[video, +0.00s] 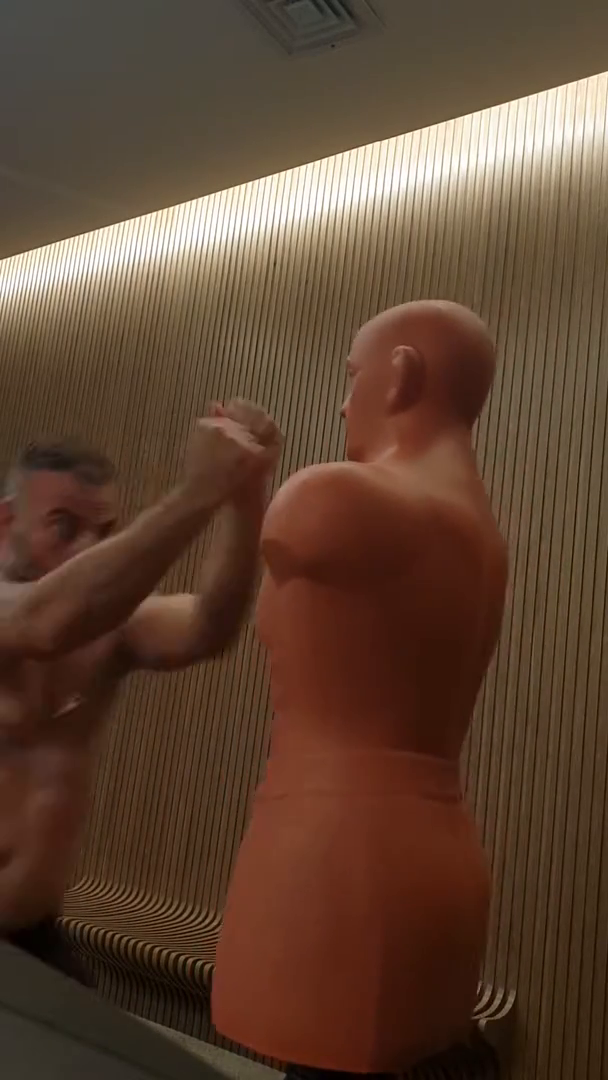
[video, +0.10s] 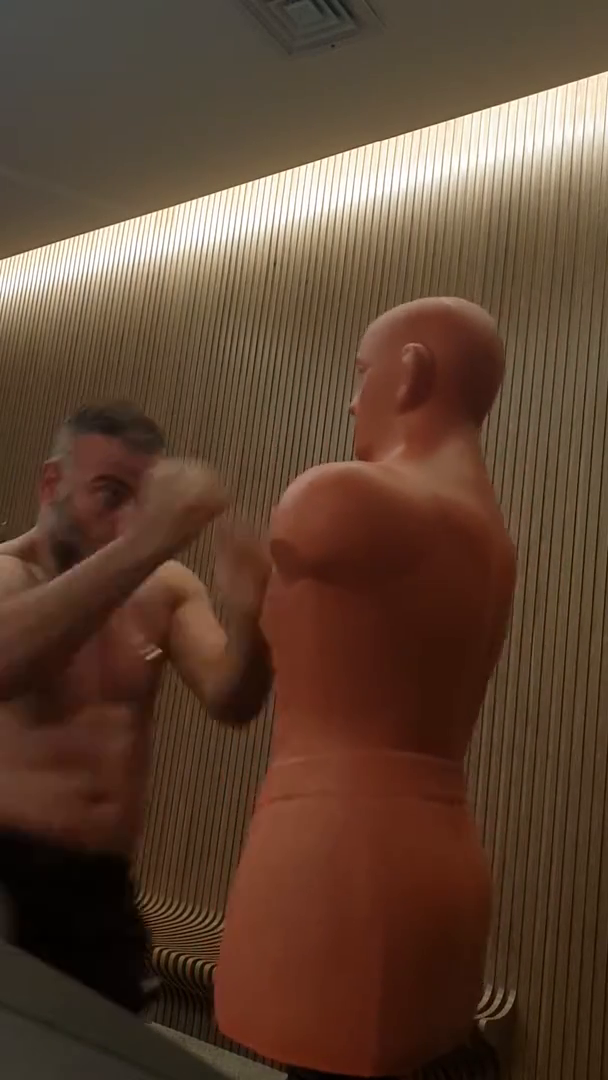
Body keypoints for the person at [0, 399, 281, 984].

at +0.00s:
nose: (83, 550)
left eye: (103, 533)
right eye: (63, 526)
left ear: (117, 533)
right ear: (8, 520)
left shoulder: (110, 623)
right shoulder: (2, 600)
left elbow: (210, 627)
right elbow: (44, 624)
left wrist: (249, 501)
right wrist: (197, 494)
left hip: (32, 939)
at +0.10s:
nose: (125, 522)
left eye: (141, 501)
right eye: (107, 493)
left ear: (156, 505)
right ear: (50, 485)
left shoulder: (167, 586)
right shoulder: (11, 573)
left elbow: (232, 704)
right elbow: (9, 660)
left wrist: (247, 620)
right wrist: (149, 536)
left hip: (103, 878)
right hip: (11, 864)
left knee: (111, 1052)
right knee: (22, 1036)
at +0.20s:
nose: (147, 533)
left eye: (166, 510)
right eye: (126, 502)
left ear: (181, 508)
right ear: (70, 484)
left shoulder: (168, 588)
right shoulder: (15, 594)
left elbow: (212, 720)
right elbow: (13, 778)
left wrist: (238, 717)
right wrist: (57, 773)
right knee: (239, 771)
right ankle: (102, 1017)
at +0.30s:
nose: (148, 534)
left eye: (166, 512)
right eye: (125, 503)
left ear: (179, 513)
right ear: (67, 491)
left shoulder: (154, 601)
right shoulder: (19, 593)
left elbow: (222, 715)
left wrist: (286, 713)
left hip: (221, 843)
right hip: (111, 862)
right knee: (333, 803)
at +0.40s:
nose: (151, 514)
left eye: (163, 494)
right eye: (125, 489)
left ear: (175, 501)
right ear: (63, 492)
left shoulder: (182, 616)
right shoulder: (24, 607)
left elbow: (264, 726)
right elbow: (6, 745)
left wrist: (313, 653)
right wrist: (20, 764)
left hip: (218, 873)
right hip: (108, 872)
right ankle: (175, 1074)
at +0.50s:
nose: (168, 508)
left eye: (177, 487)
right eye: (143, 483)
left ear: (186, 495)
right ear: (78, 488)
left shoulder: (192, 614)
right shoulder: (28, 609)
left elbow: (272, 733)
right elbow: (5, 768)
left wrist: (299, 628)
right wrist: (74, 724)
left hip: (211, 904)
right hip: (102, 895)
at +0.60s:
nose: (179, 513)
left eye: (191, 495)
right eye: (157, 485)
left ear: (201, 501)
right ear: (89, 482)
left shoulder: (192, 612)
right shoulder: (24, 596)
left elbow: (272, 738)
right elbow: (7, 745)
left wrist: (287, 628)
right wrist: (141, 641)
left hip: (193, 916)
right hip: (65, 911)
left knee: (201, 1070)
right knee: (80, 1066)